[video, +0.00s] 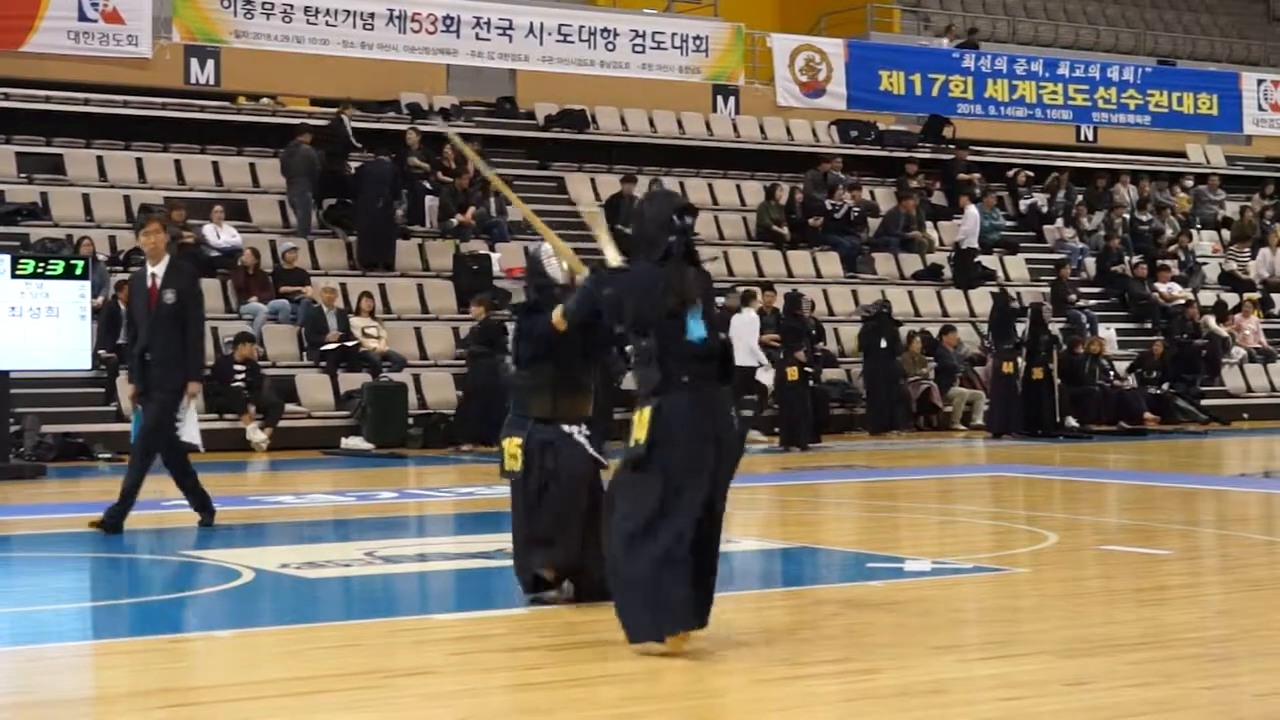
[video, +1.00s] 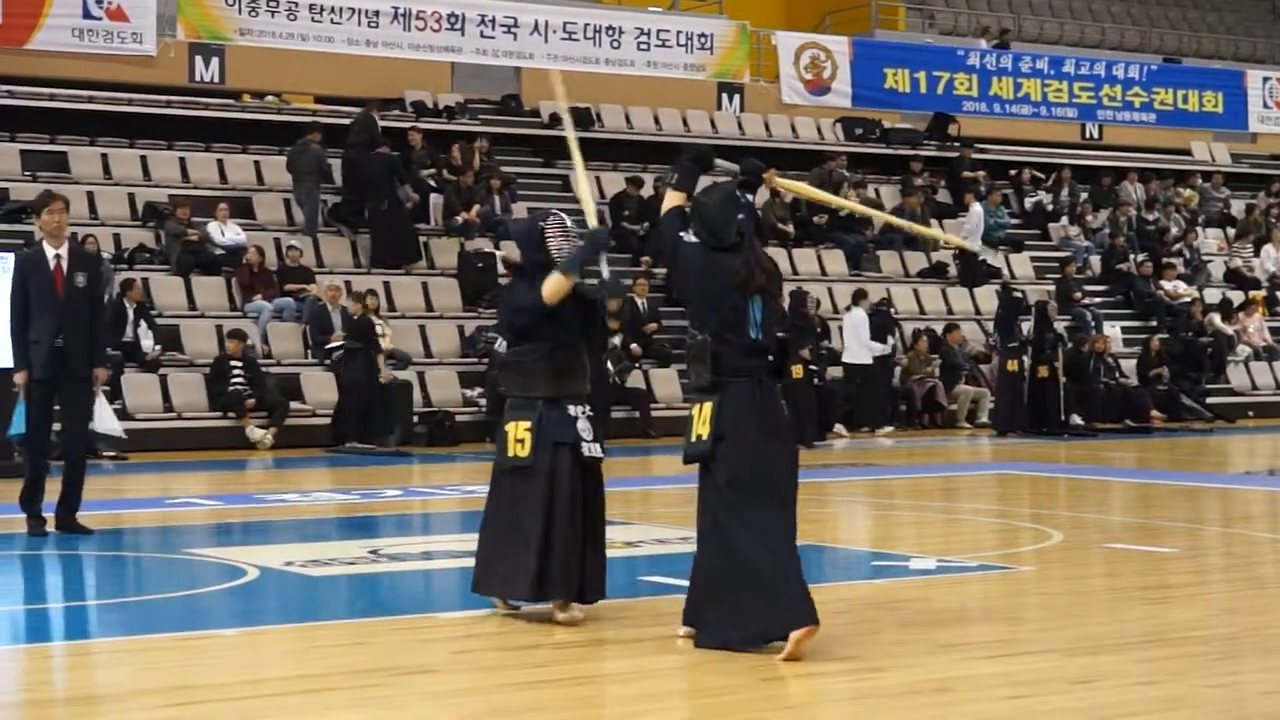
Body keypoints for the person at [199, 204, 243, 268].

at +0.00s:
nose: (219, 215)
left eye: (221, 212)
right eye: (216, 212)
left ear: (224, 214)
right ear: (211, 215)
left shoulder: (229, 228)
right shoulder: (207, 228)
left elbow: (239, 242)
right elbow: (214, 243)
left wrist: (222, 241)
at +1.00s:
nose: (224, 213)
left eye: (226, 210)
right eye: (221, 210)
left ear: (229, 212)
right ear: (216, 213)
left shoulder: (234, 226)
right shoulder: (211, 225)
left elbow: (244, 240)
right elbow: (218, 241)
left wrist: (227, 238)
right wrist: (238, 243)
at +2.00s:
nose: (225, 212)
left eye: (227, 209)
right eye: (222, 209)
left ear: (230, 211)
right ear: (217, 212)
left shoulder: (235, 225)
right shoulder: (213, 224)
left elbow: (245, 239)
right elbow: (220, 240)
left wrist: (228, 237)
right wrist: (239, 242)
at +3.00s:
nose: (224, 214)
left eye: (226, 211)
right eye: (221, 211)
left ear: (229, 213)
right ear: (216, 214)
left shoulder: (234, 227)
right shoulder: (212, 226)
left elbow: (244, 241)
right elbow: (219, 242)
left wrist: (227, 239)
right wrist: (239, 244)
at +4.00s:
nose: (227, 213)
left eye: (229, 211)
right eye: (225, 211)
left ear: (231, 213)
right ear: (219, 213)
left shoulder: (235, 226)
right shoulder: (213, 226)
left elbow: (245, 240)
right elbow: (220, 241)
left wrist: (228, 239)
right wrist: (239, 244)